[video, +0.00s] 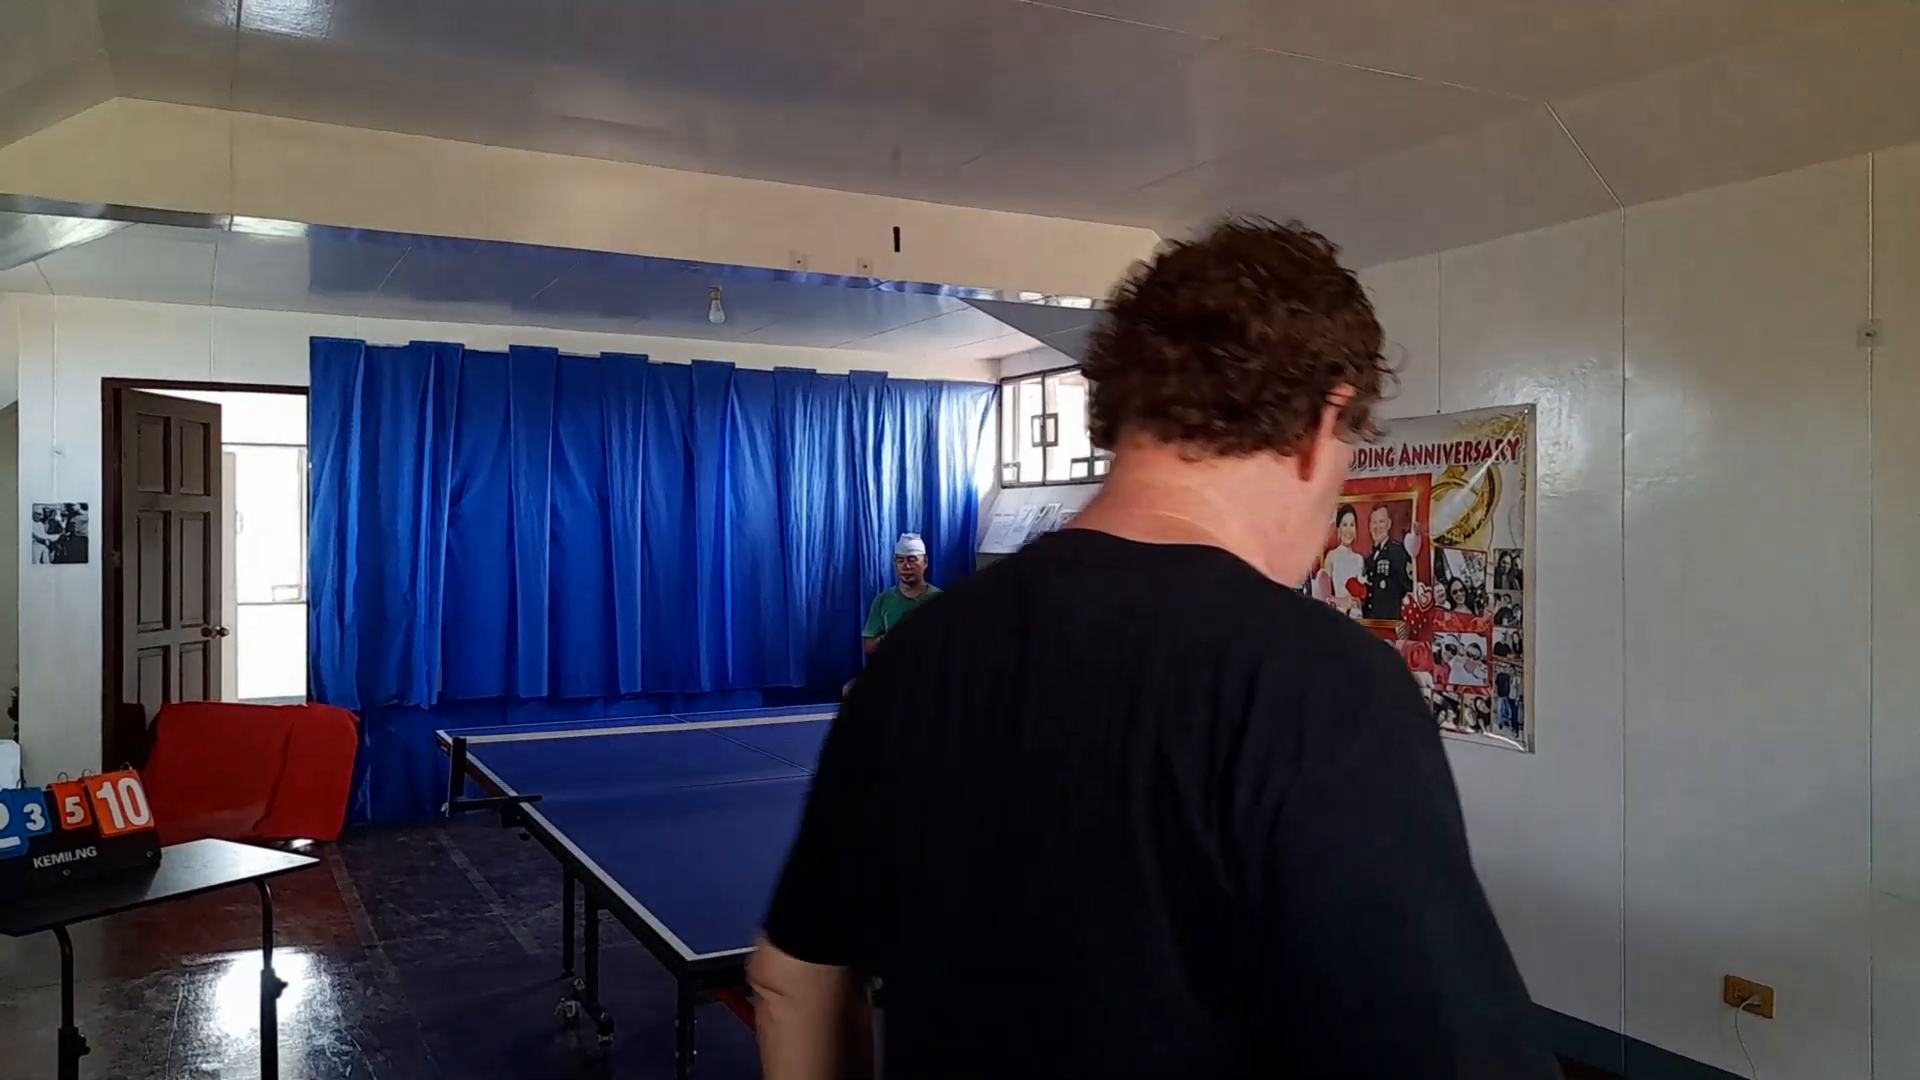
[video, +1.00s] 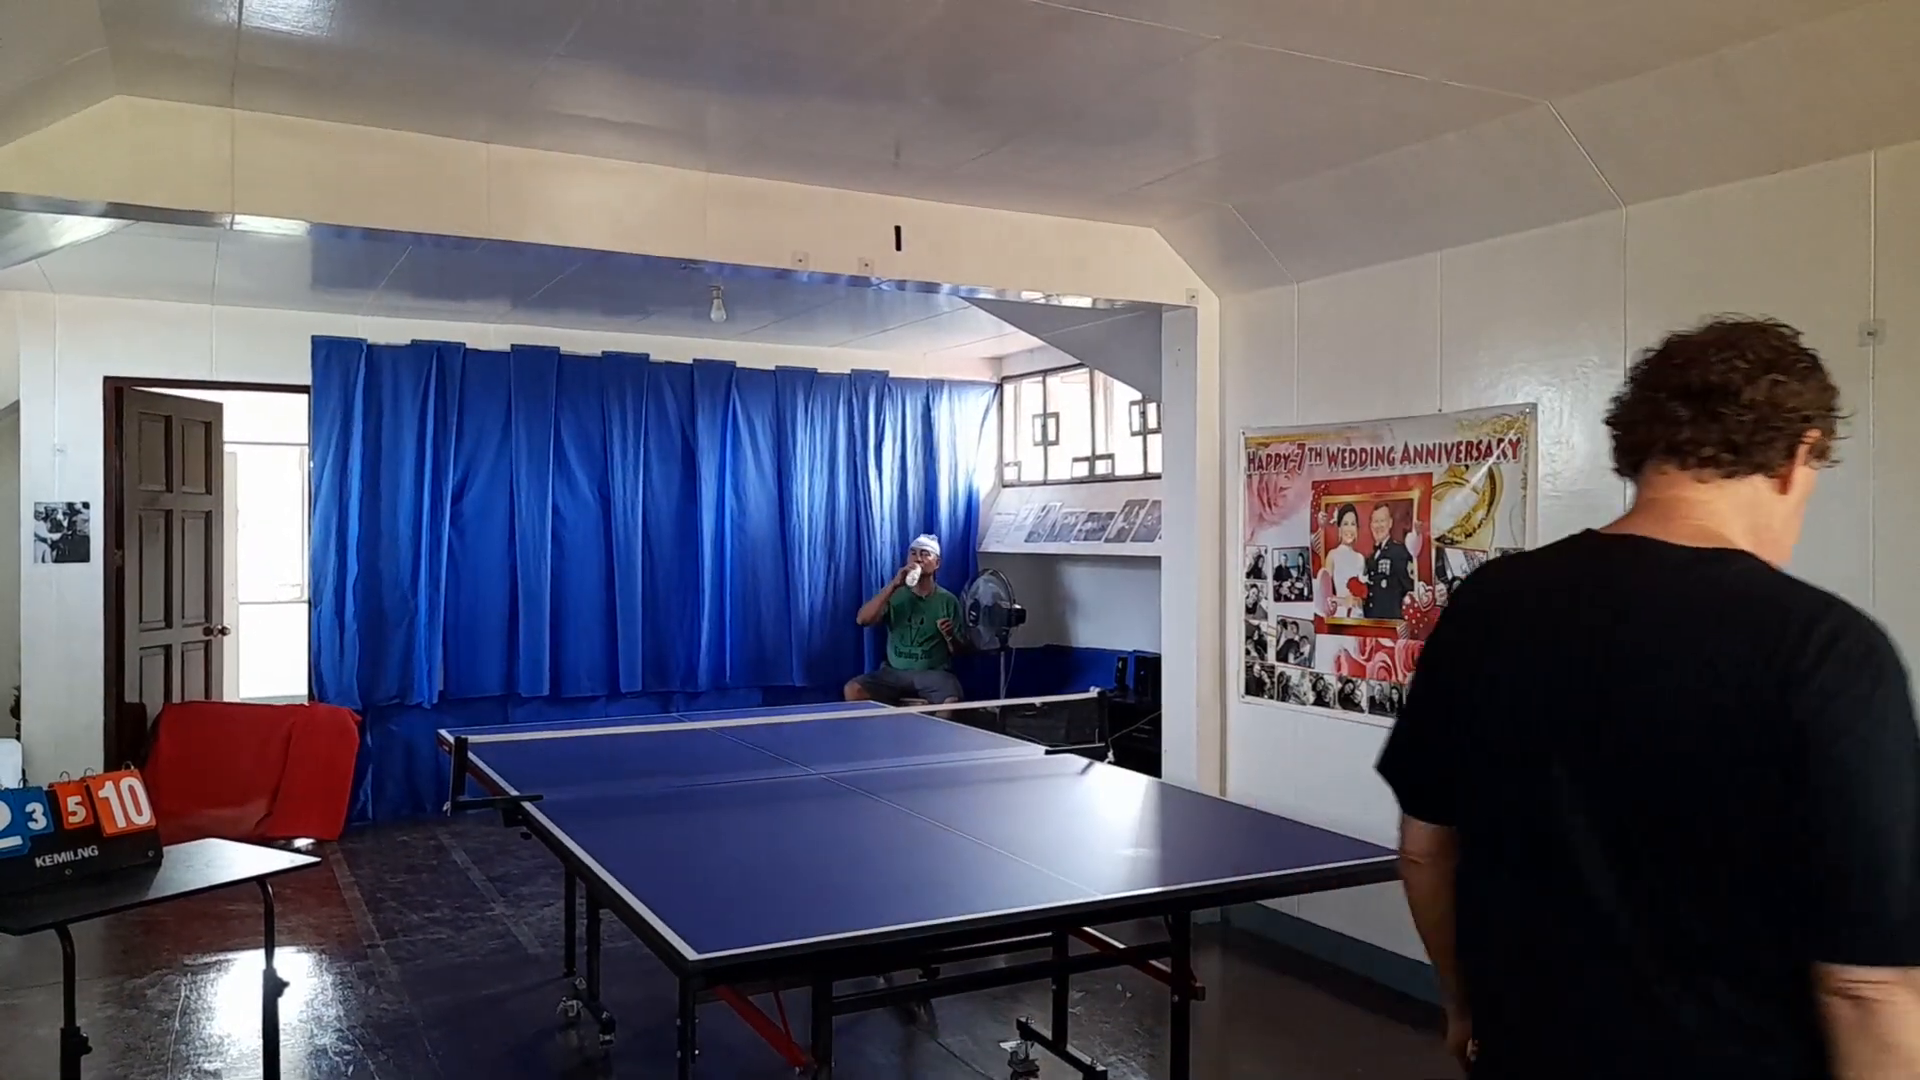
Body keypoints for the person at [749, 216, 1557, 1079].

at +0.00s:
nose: (1343, 490)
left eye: (1351, 448)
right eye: (1352, 443)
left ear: (1126, 406)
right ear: (1320, 429)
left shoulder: (928, 643)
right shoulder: (1320, 677)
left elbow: (796, 976)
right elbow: (1451, 1039)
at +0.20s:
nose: (1408, 525)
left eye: (1421, 483)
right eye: (1421, 475)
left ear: (1228, 433)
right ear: (1394, 444)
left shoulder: (1038, 653)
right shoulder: (1403, 665)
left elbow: (935, 963)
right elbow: (1505, 1035)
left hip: (1110, 1063)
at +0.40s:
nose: (1471, 510)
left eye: (1484, 472)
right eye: (1483, 467)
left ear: (1302, 427)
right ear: (1457, 433)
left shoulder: (1143, 616)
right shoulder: (1457, 628)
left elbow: (1061, 908)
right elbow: (1492, 1027)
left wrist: (1035, 1069)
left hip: (1179, 1060)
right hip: (1389, 1065)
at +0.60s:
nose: (1550, 522)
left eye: (1564, 486)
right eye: (1563, 482)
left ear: (1392, 435)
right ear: (1538, 444)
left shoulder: (1241, 601)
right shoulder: (1533, 626)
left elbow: (1216, 872)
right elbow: (1545, 994)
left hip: (1266, 1052)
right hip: (1465, 1057)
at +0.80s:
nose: (1670, 521)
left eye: (1682, 489)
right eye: (1682, 485)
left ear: (1505, 453)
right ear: (1657, 462)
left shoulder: (1367, 608)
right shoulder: (1670, 655)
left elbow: (1333, 847)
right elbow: (1683, 1004)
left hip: (1384, 1057)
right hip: (1585, 1062)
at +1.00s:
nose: (1804, 502)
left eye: (1816, 478)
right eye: (1816, 474)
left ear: (1642, 446)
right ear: (1799, 461)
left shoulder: (1489, 602)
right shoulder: (1830, 652)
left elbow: (1425, 850)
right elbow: (1865, 987)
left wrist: (1461, 1001)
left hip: (1530, 1055)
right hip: (1751, 1063)